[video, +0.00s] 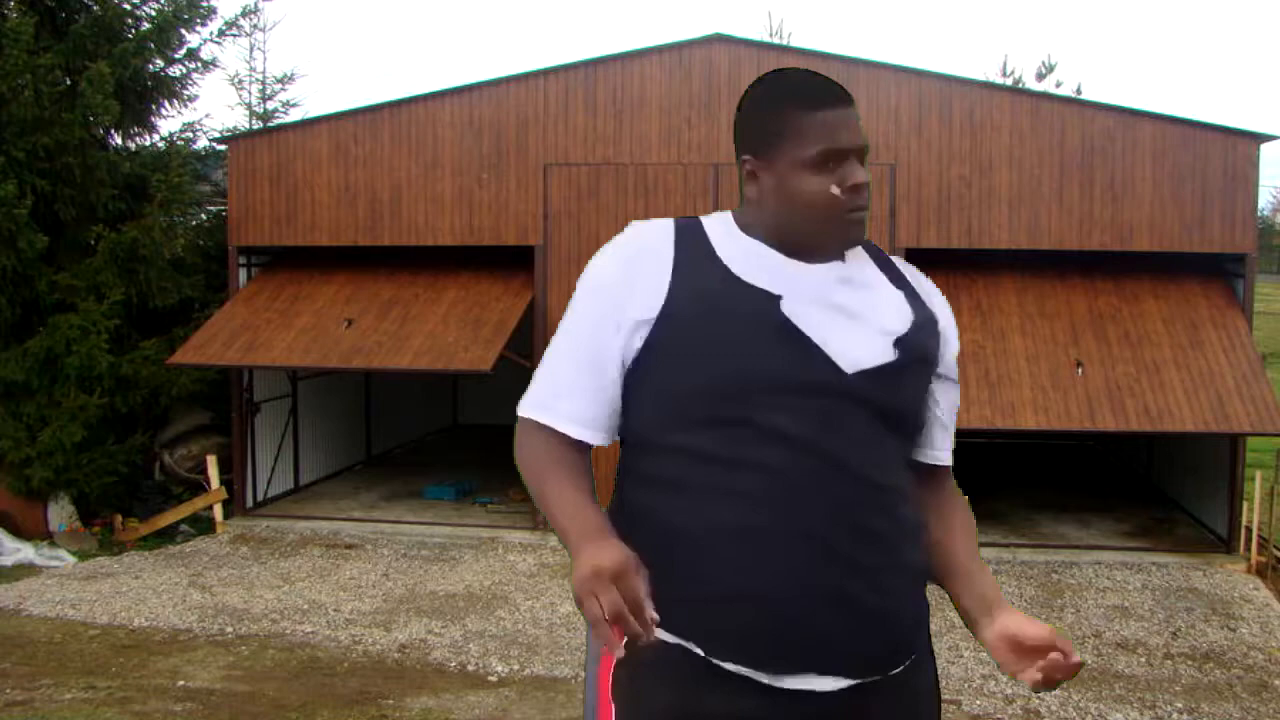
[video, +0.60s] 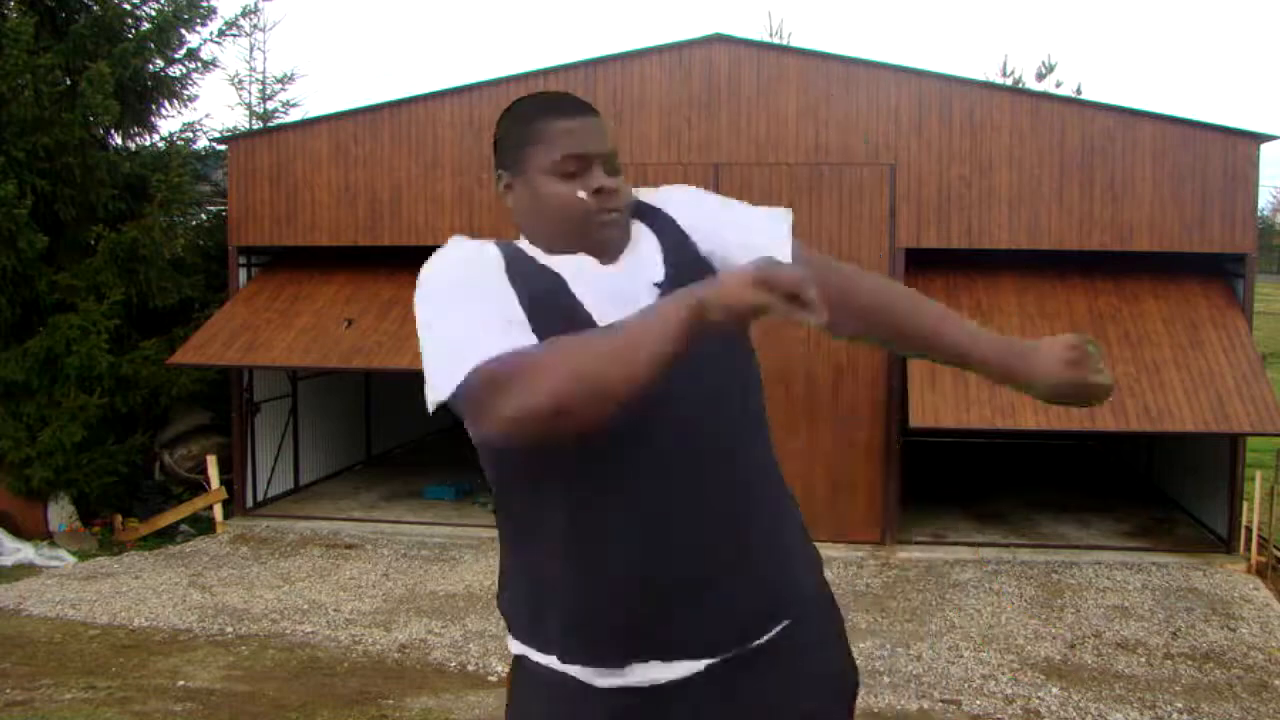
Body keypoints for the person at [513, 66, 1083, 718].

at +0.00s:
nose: (859, 180)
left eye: (861, 159)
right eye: (829, 163)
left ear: (869, 158)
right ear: (753, 174)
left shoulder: (920, 307)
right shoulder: (645, 263)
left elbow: (932, 485)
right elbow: (547, 430)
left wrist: (991, 614)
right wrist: (591, 544)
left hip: (880, 684)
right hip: (691, 675)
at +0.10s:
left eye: (859, 160)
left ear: (867, 159)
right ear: (754, 175)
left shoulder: (913, 304)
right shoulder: (646, 262)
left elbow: (930, 482)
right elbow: (544, 431)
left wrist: (993, 613)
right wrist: (590, 544)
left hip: (876, 685)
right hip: (689, 680)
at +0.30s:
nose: (698, 192)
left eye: (705, 168)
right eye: (666, 180)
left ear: (719, 163)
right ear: (608, 197)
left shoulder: (797, 241)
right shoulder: (553, 292)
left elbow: (883, 348)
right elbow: (483, 474)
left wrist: (852, 407)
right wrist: (569, 672)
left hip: (839, 663)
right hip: (660, 682)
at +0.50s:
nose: (602, 199)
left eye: (604, 181)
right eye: (570, 190)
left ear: (619, 190)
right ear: (508, 225)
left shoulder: (695, 249)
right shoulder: (481, 360)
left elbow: (824, 288)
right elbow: (528, 553)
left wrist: (935, 320)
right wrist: (591, 379)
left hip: (777, 681)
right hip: (590, 695)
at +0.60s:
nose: (607, 186)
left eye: (612, 166)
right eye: (576, 170)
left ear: (625, 167)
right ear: (510, 190)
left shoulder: (690, 222)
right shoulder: (464, 274)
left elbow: (830, 289)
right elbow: (511, 406)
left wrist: (1016, 357)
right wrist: (698, 307)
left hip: (772, 649)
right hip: (583, 675)